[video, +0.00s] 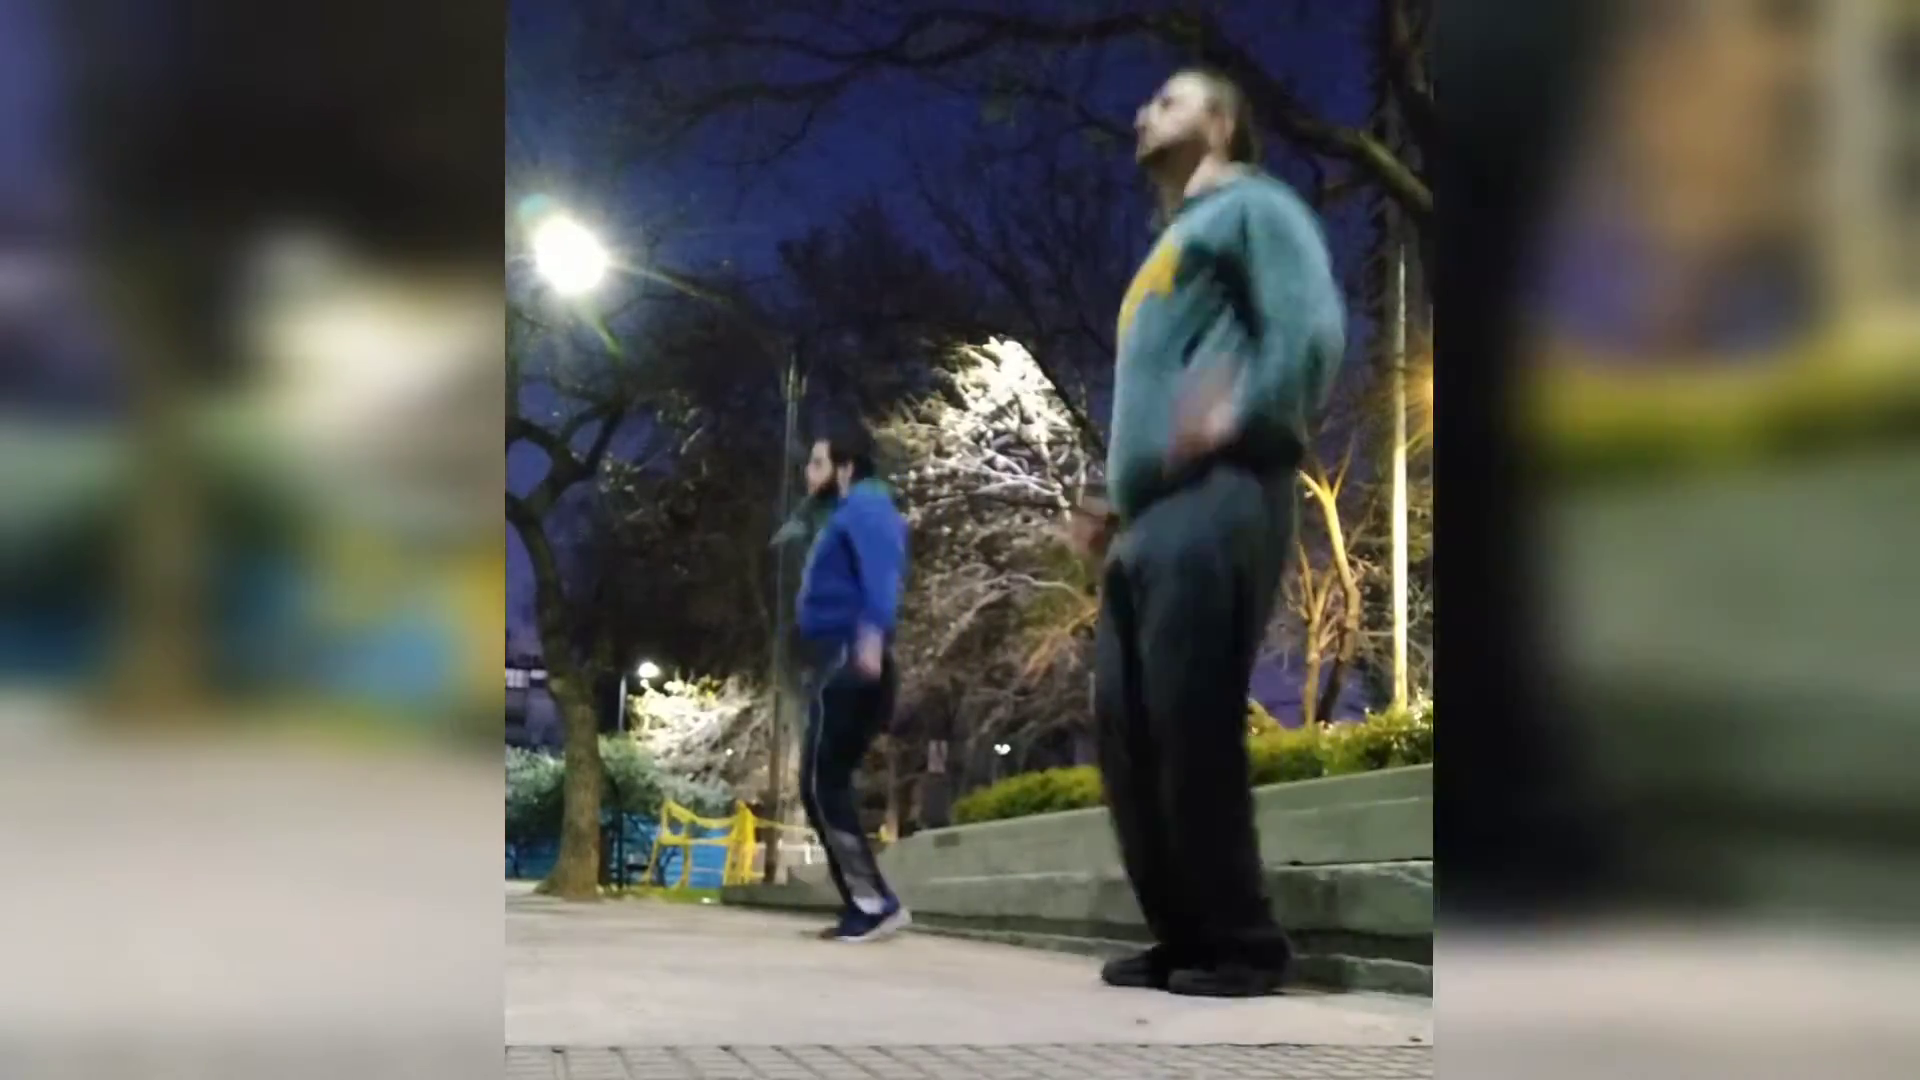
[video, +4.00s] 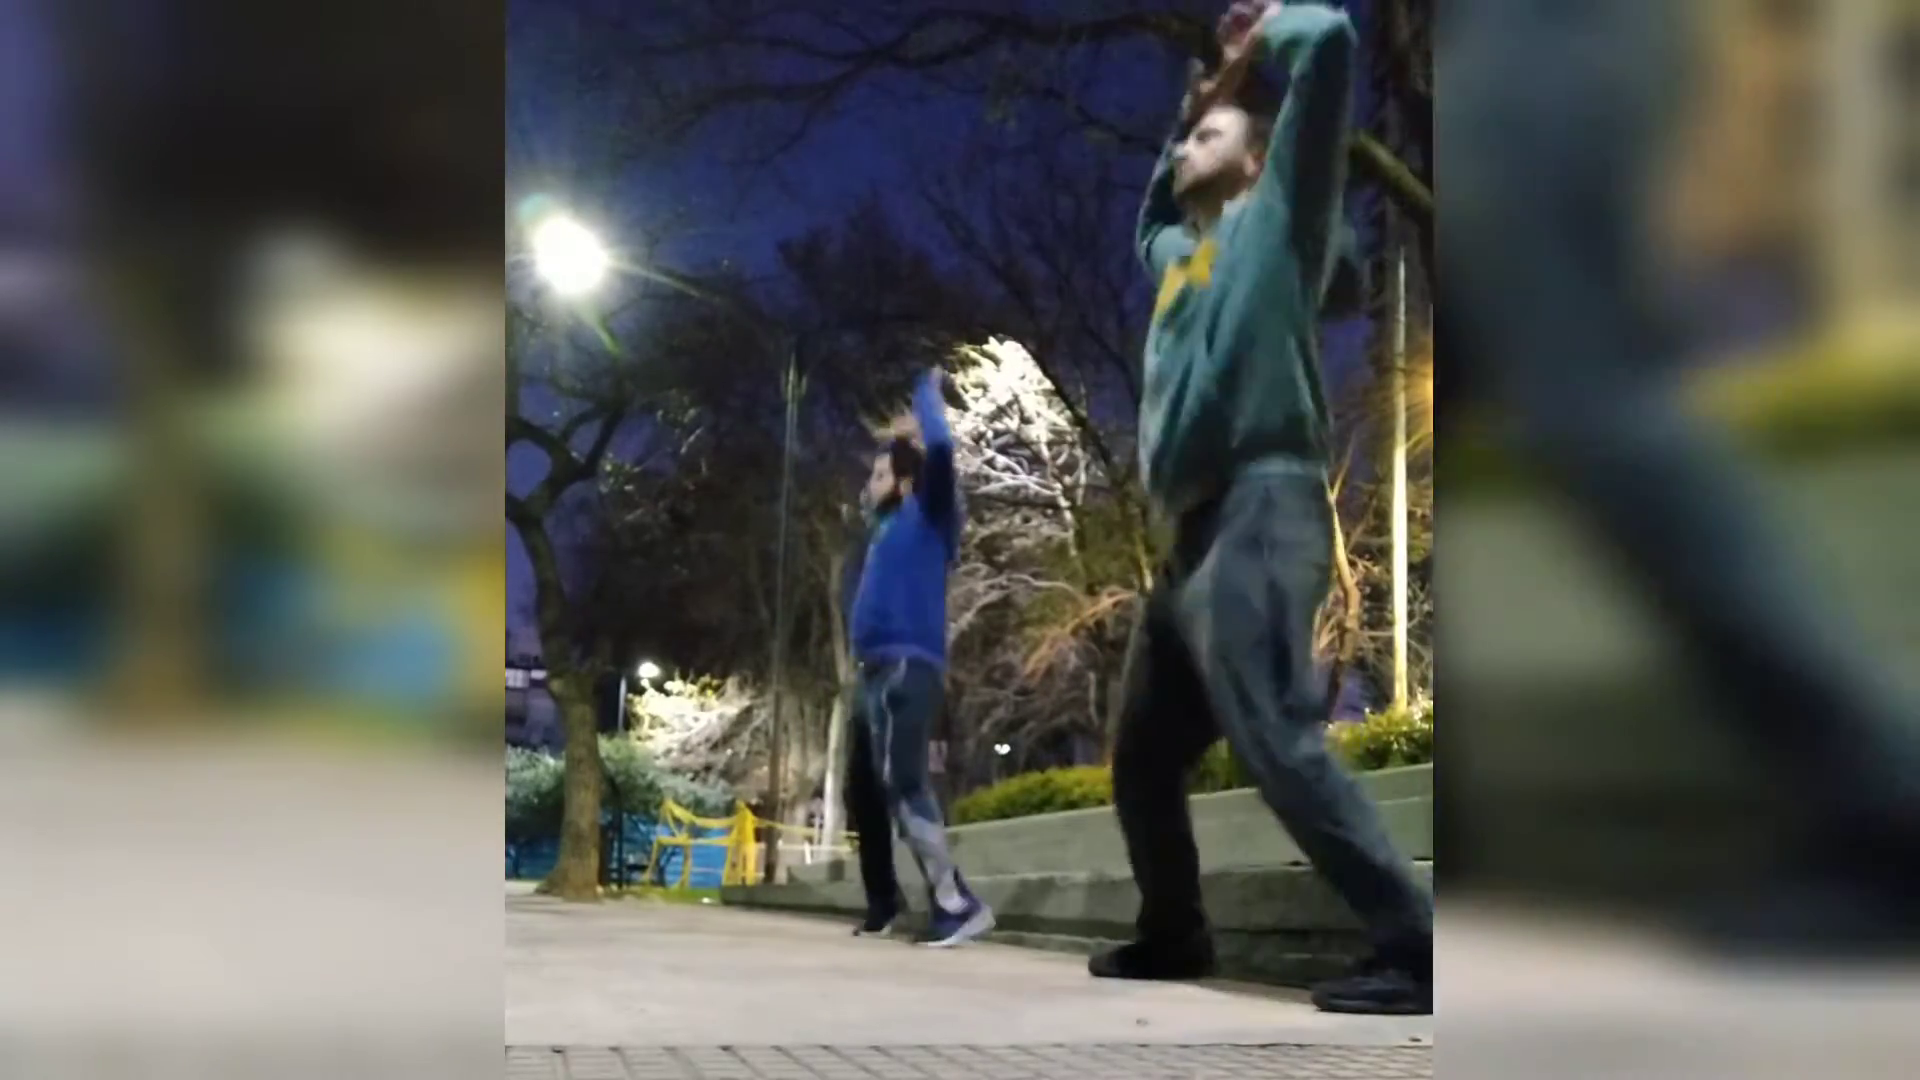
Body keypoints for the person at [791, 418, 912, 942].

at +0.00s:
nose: (809, 469)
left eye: (817, 460)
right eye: (810, 460)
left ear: (845, 465)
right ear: (842, 466)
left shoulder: (866, 504)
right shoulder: (843, 510)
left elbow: (880, 570)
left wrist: (871, 633)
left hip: (854, 654)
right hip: (833, 654)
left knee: (823, 779)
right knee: (820, 782)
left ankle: (872, 900)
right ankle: (861, 901)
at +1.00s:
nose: (837, 467)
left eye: (846, 458)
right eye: (839, 458)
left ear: (873, 466)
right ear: (869, 468)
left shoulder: (892, 510)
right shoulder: (864, 516)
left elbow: (910, 576)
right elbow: (863, 590)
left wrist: (885, 625)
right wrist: (835, 654)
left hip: (872, 662)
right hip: (843, 664)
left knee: (850, 777)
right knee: (834, 781)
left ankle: (879, 903)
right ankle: (859, 903)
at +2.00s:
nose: (867, 447)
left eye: (877, 438)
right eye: (869, 438)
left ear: (905, 449)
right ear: (893, 451)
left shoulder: (915, 484)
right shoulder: (878, 499)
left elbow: (925, 506)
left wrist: (940, 485)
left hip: (892, 626)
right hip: (863, 630)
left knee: (883, 755)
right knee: (865, 764)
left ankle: (918, 882)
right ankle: (882, 893)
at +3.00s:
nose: (869, 452)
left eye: (879, 443)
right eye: (870, 444)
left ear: (906, 452)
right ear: (891, 457)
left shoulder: (920, 497)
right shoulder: (882, 504)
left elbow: (933, 442)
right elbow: (862, 482)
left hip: (895, 633)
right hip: (861, 634)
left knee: (892, 752)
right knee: (863, 763)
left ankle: (925, 878)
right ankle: (875, 883)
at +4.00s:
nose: (874, 477)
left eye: (882, 469)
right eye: (875, 468)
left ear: (907, 474)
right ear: (890, 476)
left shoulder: (932, 517)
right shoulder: (882, 527)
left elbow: (940, 451)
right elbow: (871, 501)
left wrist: (928, 395)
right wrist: (885, 471)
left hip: (912, 661)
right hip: (871, 665)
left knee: (903, 782)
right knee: (864, 791)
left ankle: (955, 904)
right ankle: (883, 902)